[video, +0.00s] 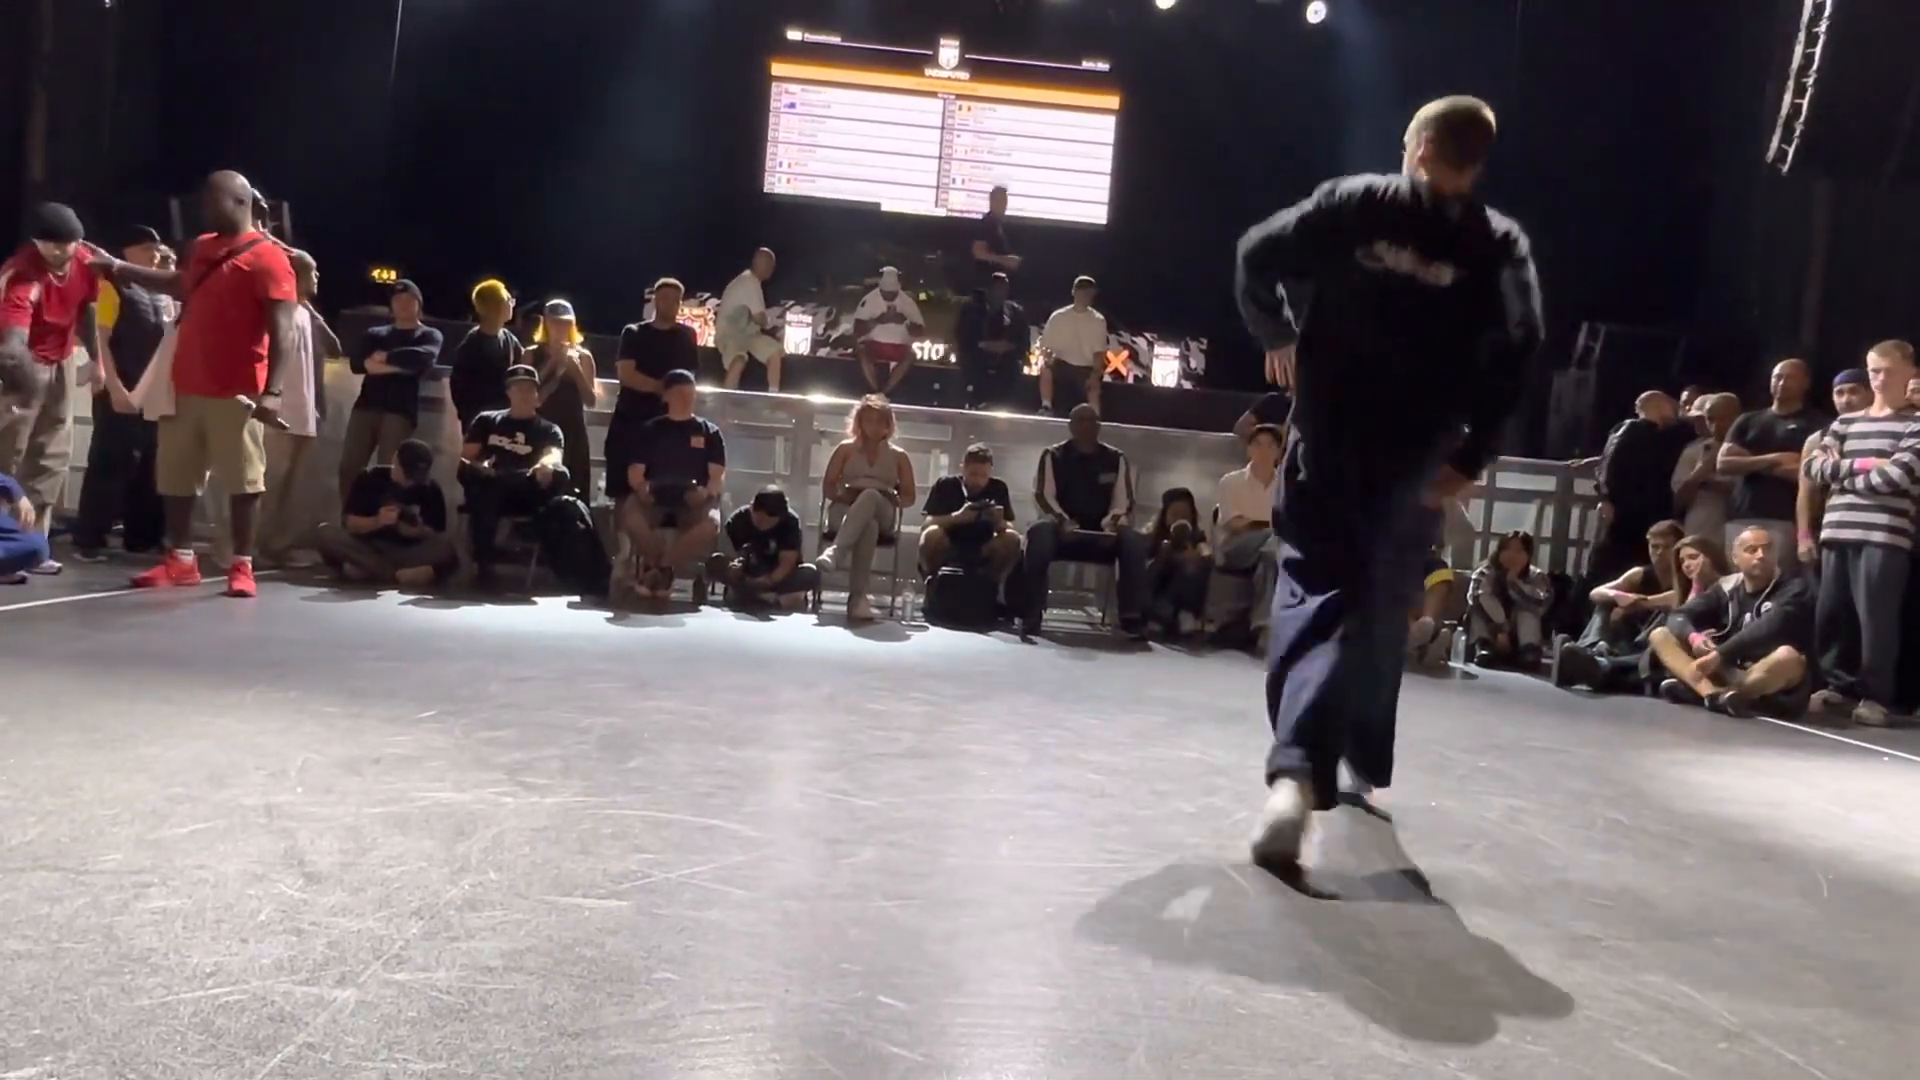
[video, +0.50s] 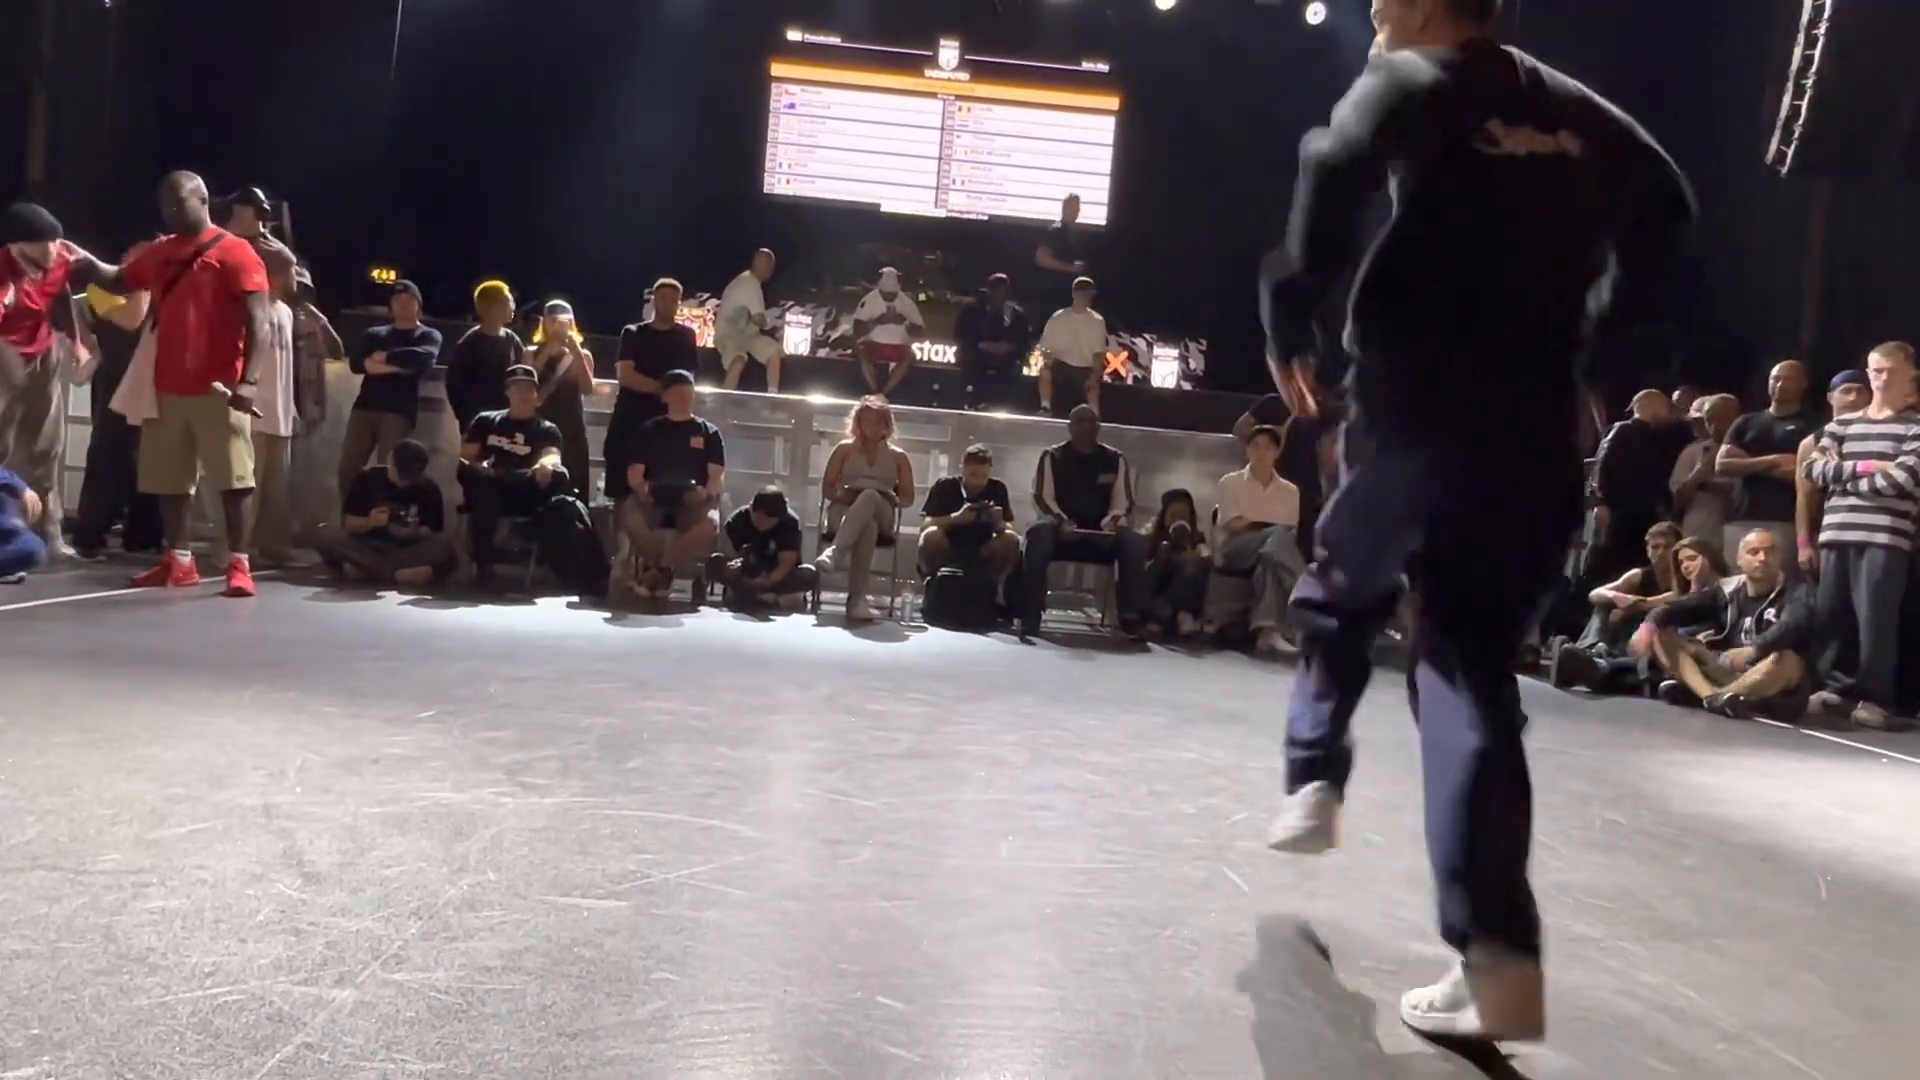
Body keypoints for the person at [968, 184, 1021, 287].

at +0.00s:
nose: (1003, 204)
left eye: (1004, 200)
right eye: (999, 200)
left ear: (1006, 201)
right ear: (992, 200)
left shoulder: (998, 223)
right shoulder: (987, 222)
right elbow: (978, 251)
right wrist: (1004, 260)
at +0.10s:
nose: (1018, 206)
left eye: (1019, 202)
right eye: (1015, 202)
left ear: (1021, 203)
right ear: (1007, 202)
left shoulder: (1014, 227)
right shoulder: (999, 225)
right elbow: (991, 251)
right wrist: (1018, 261)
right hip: (1000, 285)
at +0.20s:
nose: (1032, 206)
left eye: (1034, 202)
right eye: (1028, 201)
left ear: (1036, 204)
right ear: (1020, 202)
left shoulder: (1030, 228)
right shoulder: (1011, 226)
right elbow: (1001, 250)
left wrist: (1037, 261)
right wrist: (1030, 261)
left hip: (1029, 285)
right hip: (1016, 285)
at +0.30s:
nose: (1046, 206)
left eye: (1048, 202)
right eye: (1042, 202)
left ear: (1049, 204)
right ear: (1034, 202)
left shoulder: (1044, 228)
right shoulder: (1023, 226)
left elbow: (1037, 251)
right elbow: (1013, 251)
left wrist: (1047, 260)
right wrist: (1041, 260)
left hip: (1039, 283)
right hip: (1024, 283)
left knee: (1038, 321)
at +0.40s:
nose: (1058, 210)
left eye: (1061, 206)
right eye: (1055, 205)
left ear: (1063, 208)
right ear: (1048, 205)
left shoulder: (1058, 230)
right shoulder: (1040, 229)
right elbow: (1026, 253)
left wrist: (1061, 262)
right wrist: (1055, 264)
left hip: (1052, 287)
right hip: (1037, 287)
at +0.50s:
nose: (1076, 212)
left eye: (1077, 208)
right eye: (1072, 208)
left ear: (1078, 210)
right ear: (1065, 208)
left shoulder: (1072, 232)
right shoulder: (1055, 231)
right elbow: (1041, 257)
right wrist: (1072, 267)